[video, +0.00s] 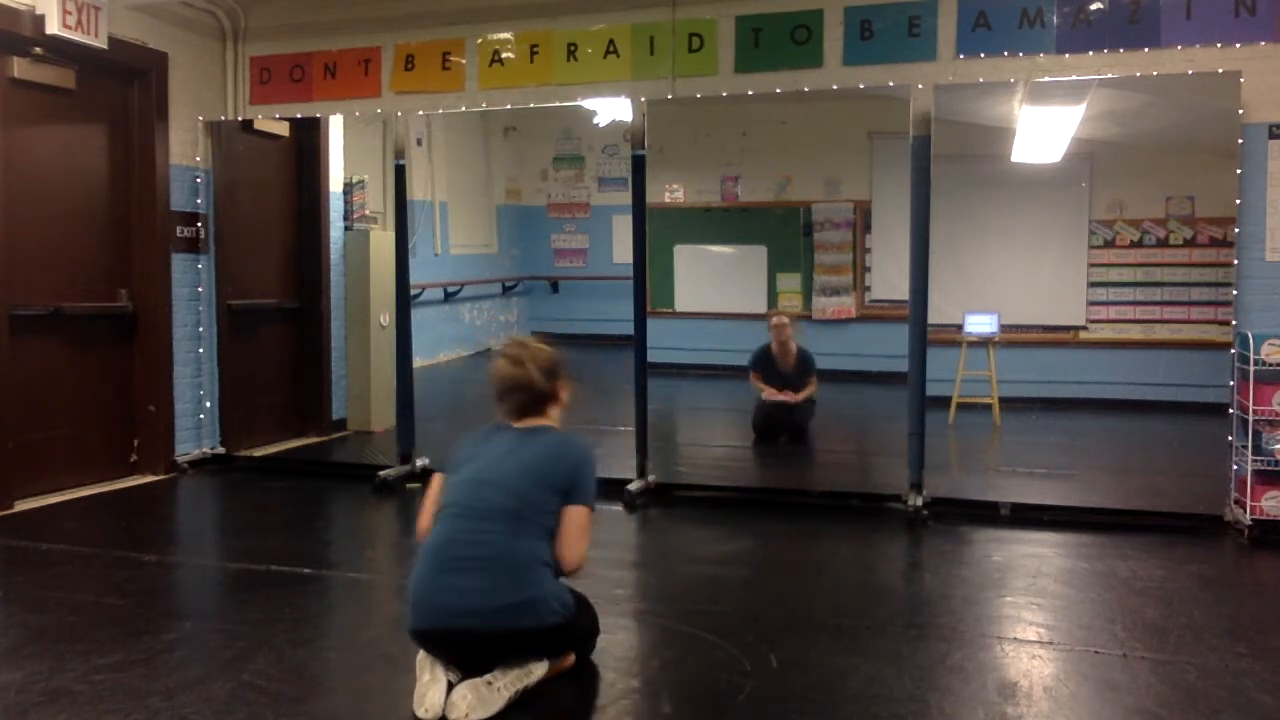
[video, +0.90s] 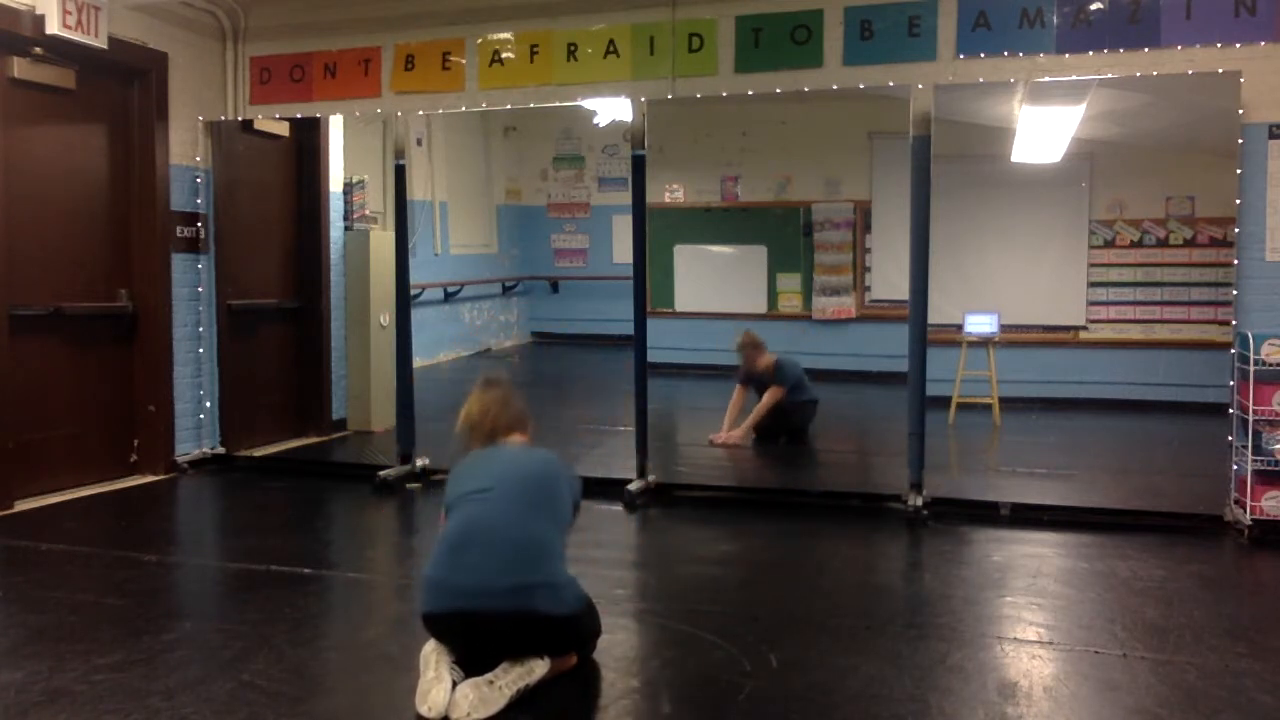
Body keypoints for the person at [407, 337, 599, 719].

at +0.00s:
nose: (568, 388)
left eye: (564, 380)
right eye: (565, 381)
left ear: (503, 396)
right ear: (559, 391)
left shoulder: (468, 444)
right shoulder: (572, 451)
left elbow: (424, 529)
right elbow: (570, 560)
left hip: (432, 619)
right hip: (521, 616)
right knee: (582, 621)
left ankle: (444, 674)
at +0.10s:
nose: (555, 381)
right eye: (553, 375)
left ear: (486, 389)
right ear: (546, 384)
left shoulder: (450, 445)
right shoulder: (567, 449)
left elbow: (407, 529)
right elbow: (577, 550)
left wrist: (462, 528)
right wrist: (542, 568)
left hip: (433, 628)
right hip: (524, 625)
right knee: (583, 620)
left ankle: (447, 677)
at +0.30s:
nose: (527, 385)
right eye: (525, 379)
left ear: (469, 396)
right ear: (522, 384)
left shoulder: (443, 454)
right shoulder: (556, 444)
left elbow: (430, 542)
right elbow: (567, 550)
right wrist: (531, 577)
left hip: (436, 630)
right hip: (526, 627)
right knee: (583, 617)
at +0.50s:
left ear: (451, 440)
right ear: (499, 419)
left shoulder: (447, 481)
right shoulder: (549, 461)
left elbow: (437, 541)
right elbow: (559, 532)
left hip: (446, 616)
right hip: (540, 614)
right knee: (586, 630)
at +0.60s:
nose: (446, 476)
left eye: (445, 469)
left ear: (453, 465)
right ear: (494, 449)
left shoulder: (452, 489)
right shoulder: (551, 467)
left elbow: (438, 533)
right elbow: (555, 535)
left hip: (448, 610)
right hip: (547, 607)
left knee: (480, 663)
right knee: (578, 646)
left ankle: (444, 665)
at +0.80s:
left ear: (462, 464)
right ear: (513, 450)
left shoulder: (460, 485)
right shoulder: (559, 478)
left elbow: (444, 537)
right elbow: (561, 546)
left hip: (449, 606)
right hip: (544, 605)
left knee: (481, 659)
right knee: (581, 644)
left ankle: (444, 662)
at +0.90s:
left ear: (472, 429)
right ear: (525, 426)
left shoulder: (461, 469)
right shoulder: (555, 465)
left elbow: (446, 528)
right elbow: (563, 526)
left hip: (446, 609)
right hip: (541, 608)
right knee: (585, 634)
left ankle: (445, 665)